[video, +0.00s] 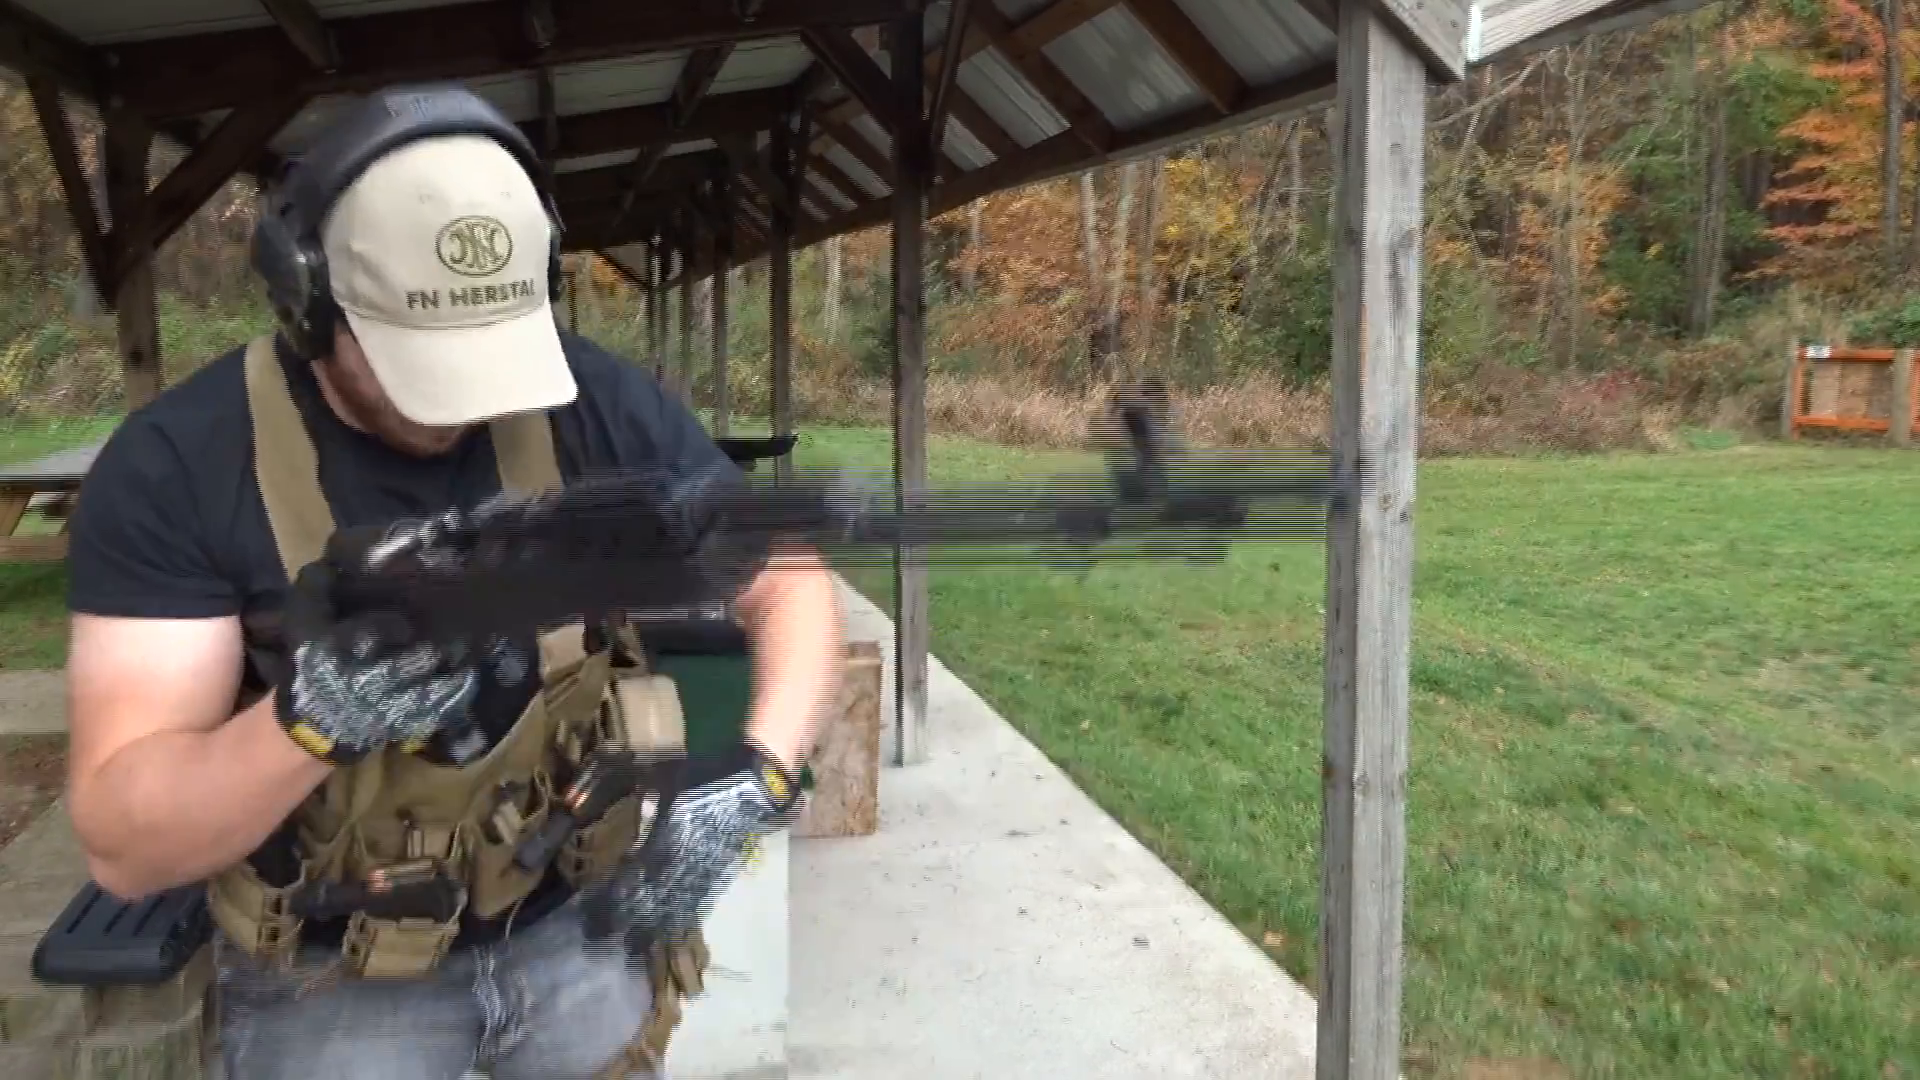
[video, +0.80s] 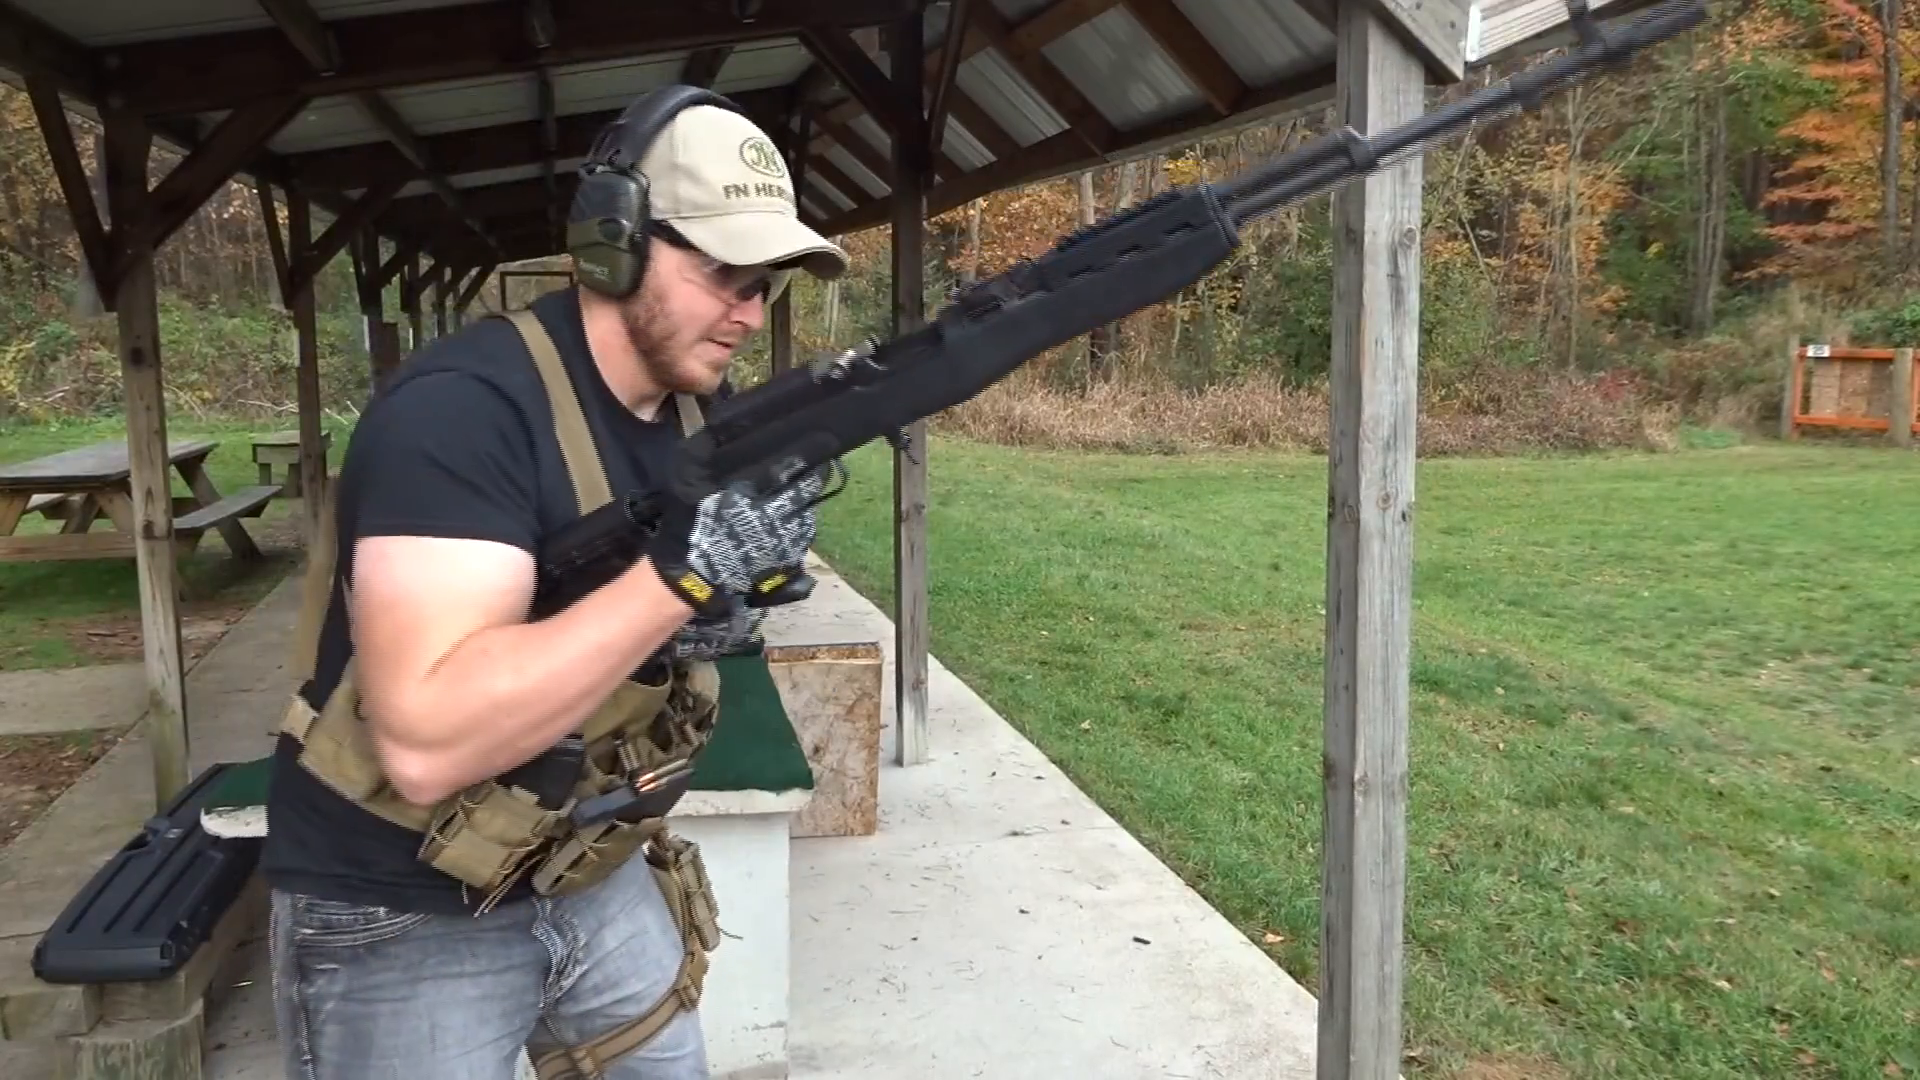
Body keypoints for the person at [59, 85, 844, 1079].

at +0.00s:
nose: (461, 401)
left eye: (487, 358)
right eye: (422, 365)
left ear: (526, 296)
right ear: (318, 315)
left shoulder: (592, 404)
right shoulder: (177, 470)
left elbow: (792, 581)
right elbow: (125, 841)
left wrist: (754, 778)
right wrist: (313, 722)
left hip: (584, 944)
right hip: (329, 983)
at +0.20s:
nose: (541, 349)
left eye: (563, 312)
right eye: (507, 312)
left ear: (586, 260)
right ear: (402, 265)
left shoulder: (603, 379)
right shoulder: (239, 440)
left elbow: (709, 535)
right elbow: (185, 807)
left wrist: (706, 700)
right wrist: (420, 649)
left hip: (584, 931)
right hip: (349, 991)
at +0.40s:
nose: (647, 321)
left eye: (665, 287)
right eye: (618, 283)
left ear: (688, 254)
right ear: (505, 231)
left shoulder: (637, 394)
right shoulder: (331, 409)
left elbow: (714, 568)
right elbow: (283, 761)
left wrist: (714, 706)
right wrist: (548, 579)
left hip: (587, 915)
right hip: (359, 964)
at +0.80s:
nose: (752, 315)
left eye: (765, 284)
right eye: (727, 277)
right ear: (617, 243)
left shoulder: (678, 413)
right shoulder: (453, 415)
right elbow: (424, 744)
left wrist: (713, 607)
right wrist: (676, 578)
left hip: (609, 880)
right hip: (411, 929)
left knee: (666, 1061)